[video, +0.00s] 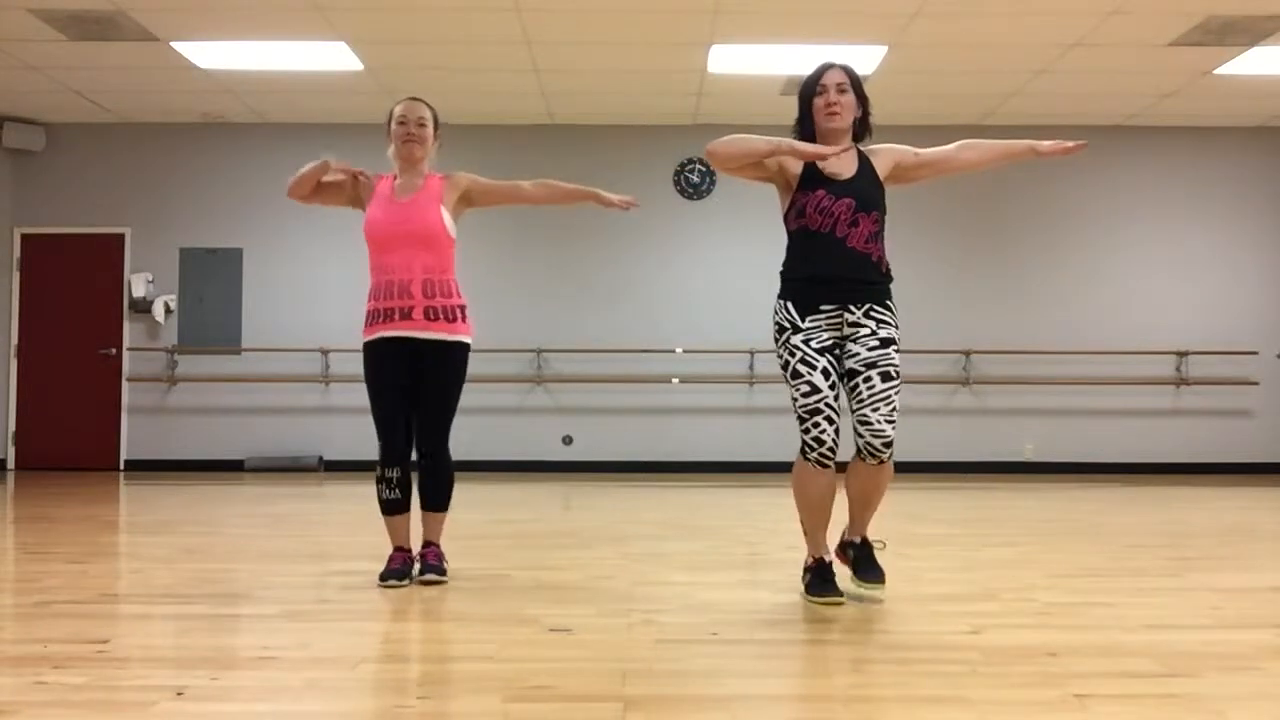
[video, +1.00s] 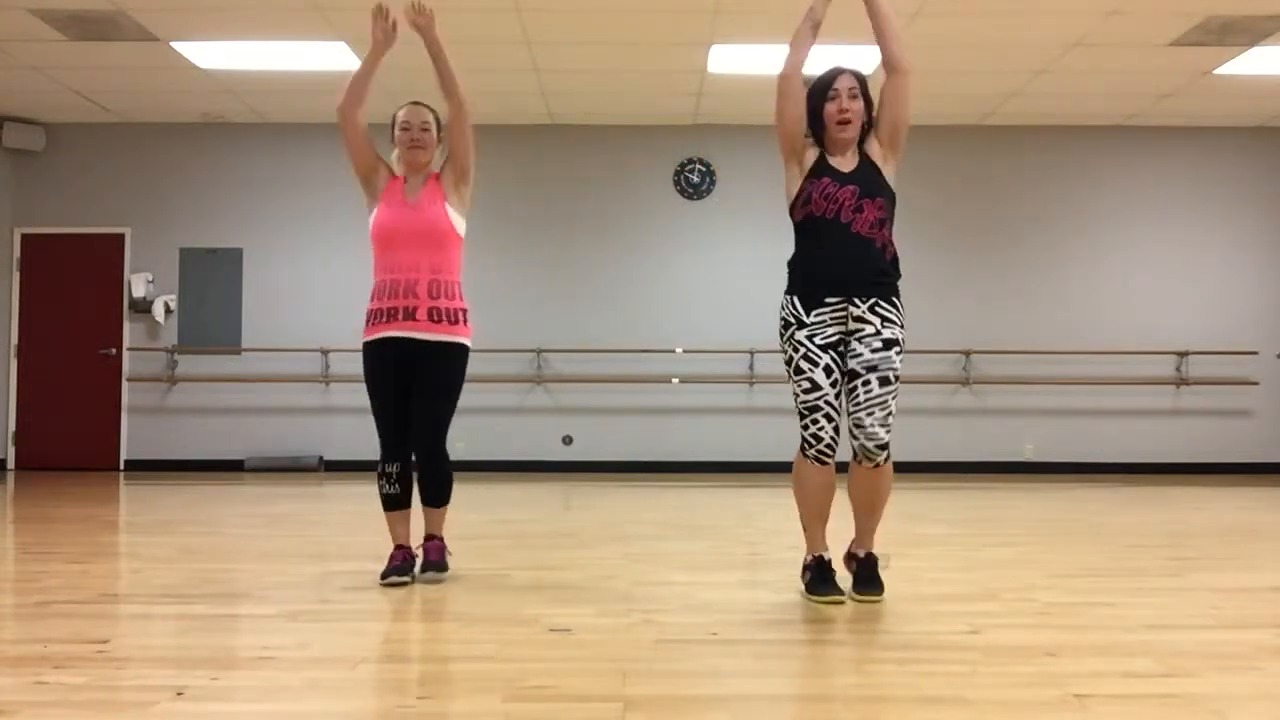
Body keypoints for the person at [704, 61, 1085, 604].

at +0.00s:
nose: (832, 99)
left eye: (842, 91)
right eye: (823, 92)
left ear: (860, 105)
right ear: (807, 107)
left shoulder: (881, 159)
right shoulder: (787, 163)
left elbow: (957, 152)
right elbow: (715, 151)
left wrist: (1032, 147)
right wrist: (789, 147)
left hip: (870, 314)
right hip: (804, 314)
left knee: (878, 435)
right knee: (821, 434)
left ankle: (855, 539)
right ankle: (816, 560)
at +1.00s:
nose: (844, 105)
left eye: (853, 96)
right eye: (832, 97)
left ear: (867, 109)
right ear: (817, 110)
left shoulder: (884, 155)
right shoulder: (801, 160)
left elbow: (898, 66)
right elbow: (789, 75)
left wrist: (869, 1)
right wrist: (816, 11)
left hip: (877, 310)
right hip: (811, 311)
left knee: (872, 433)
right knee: (821, 432)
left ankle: (863, 552)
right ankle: (816, 557)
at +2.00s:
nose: (846, 101)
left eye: (855, 93)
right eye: (834, 94)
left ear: (869, 105)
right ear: (817, 107)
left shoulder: (887, 155)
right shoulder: (795, 158)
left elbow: (958, 112)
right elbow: (727, 118)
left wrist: (1027, 76)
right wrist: (657, 75)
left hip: (879, 315)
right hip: (813, 316)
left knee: (870, 437)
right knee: (824, 434)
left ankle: (854, 553)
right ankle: (811, 554)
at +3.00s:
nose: (854, 98)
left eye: (863, 89)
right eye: (844, 89)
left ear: (876, 102)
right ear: (825, 103)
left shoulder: (897, 162)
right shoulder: (800, 165)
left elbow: (968, 194)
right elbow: (723, 197)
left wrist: (1037, 224)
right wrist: (649, 220)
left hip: (888, 311)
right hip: (821, 312)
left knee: (879, 438)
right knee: (840, 430)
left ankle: (857, 557)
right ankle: (818, 540)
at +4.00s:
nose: (858, 100)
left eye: (864, 90)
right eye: (845, 96)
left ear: (881, 100)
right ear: (830, 113)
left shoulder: (908, 165)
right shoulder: (814, 172)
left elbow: (947, 229)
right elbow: (771, 242)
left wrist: (968, 266)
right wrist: (715, 269)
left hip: (897, 320)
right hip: (830, 321)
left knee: (889, 446)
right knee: (844, 444)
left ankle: (867, 567)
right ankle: (828, 563)